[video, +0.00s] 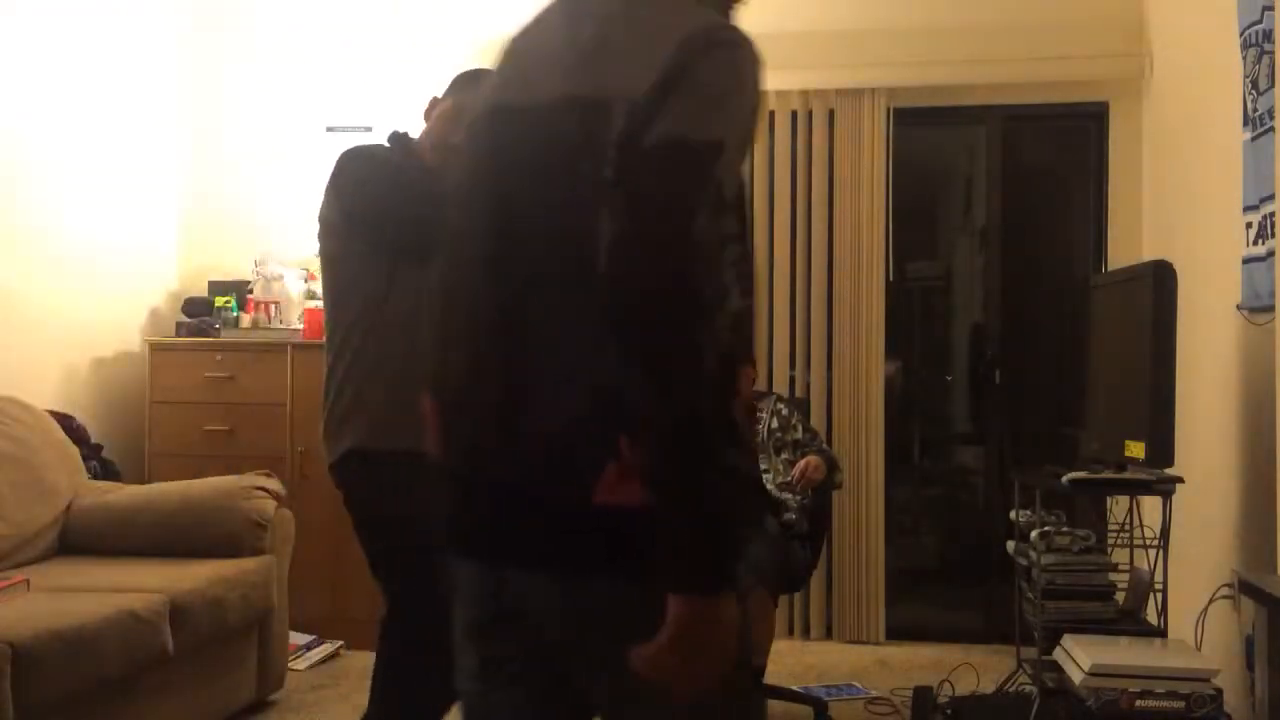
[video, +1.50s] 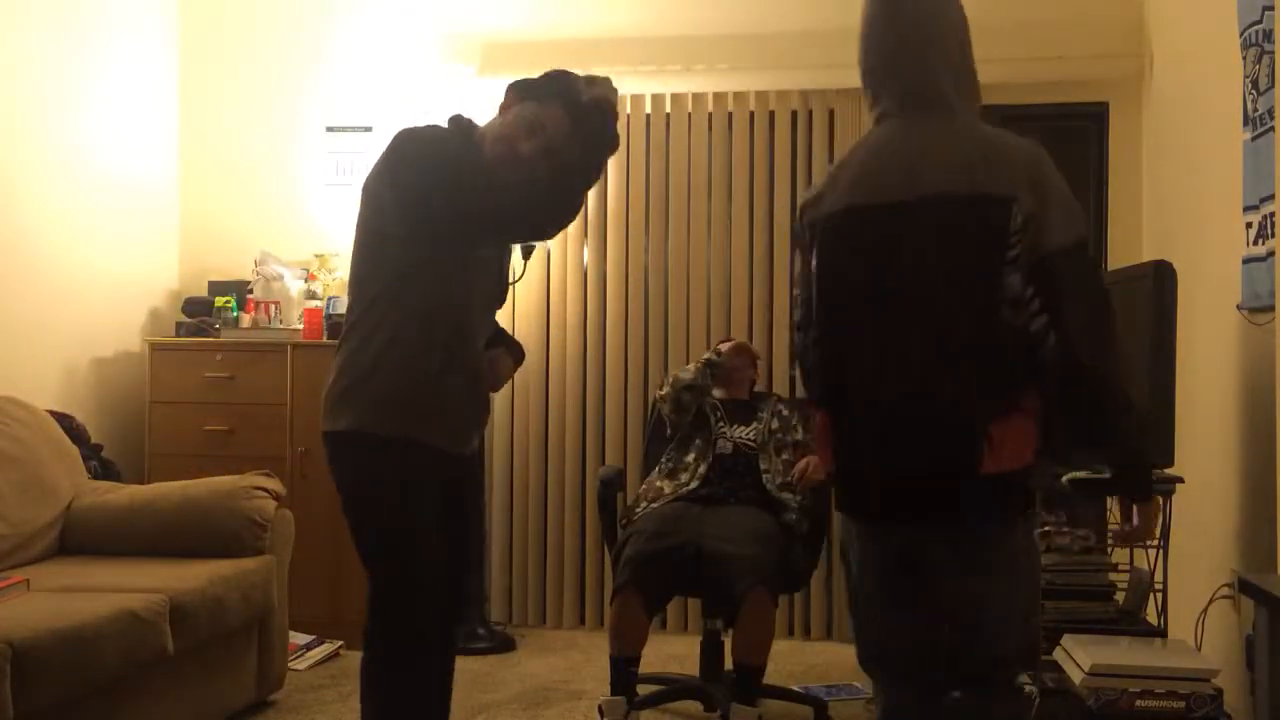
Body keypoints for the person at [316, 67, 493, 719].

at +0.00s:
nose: (473, 142)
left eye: (485, 132)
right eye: (468, 122)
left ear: (486, 134)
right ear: (434, 108)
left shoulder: (462, 194)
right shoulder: (365, 167)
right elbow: (448, 221)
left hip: (445, 438)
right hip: (382, 433)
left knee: (436, 619)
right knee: (423, 615)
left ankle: (407, 713)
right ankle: (394, 714)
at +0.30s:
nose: (501, 162)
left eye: (517, 155)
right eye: (494, 137)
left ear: (519, 162)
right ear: (460, 116)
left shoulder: (480, 214)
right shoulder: (384, 180)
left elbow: (473, 317)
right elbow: (456, 282)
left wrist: (509, 355)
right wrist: (561, 248)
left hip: (465, 445)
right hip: (397, 445)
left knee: (494, 621)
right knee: (445, 625)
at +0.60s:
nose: (517, 172)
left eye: (535, 169)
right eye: (517, 148)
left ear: (540, 180)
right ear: (488, 124)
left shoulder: (498, 228)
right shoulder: (398, 192)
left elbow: (481, 327)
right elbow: (413, 321)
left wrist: (504, 369)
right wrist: (559, 323)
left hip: (468, 451)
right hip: (399, 451)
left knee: (505, 621)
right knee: (459, 620)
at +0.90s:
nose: (545, 202)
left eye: (561, 199)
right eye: (547, 177)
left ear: (565, 207)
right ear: (519, 145)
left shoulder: (513, 250)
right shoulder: (422, 204)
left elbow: (491, 358)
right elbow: (449, 348)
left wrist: (500, 402)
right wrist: (562, 381)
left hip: (454, 457)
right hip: (387, 456)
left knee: (510, 617)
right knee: (458, 627)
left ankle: (447, 716)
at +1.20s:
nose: (535, 158)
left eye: (553, 160)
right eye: (539, 135)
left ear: (555, 170)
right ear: (516, 106)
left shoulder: (509, 208)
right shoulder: (423, 154)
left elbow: (486, 313)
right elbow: (516, 231)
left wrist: (510, 354)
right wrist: (614, 173)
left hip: (451, 433)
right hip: (387, 428)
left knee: (454, 614)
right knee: (420, 612)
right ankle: (400, 713)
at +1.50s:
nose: (529, 152)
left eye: (546, 152)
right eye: (531, 129)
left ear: (551, 162)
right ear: (507, 105)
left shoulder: (480, 193)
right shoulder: (425, 149)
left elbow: (466, 309)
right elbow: (540, 210)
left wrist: (506, 346)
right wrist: (602, 125)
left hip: (441, 432)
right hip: (388, 427)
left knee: (432, 619)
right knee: (410, 618)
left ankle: (421, 714)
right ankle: (397, 713)